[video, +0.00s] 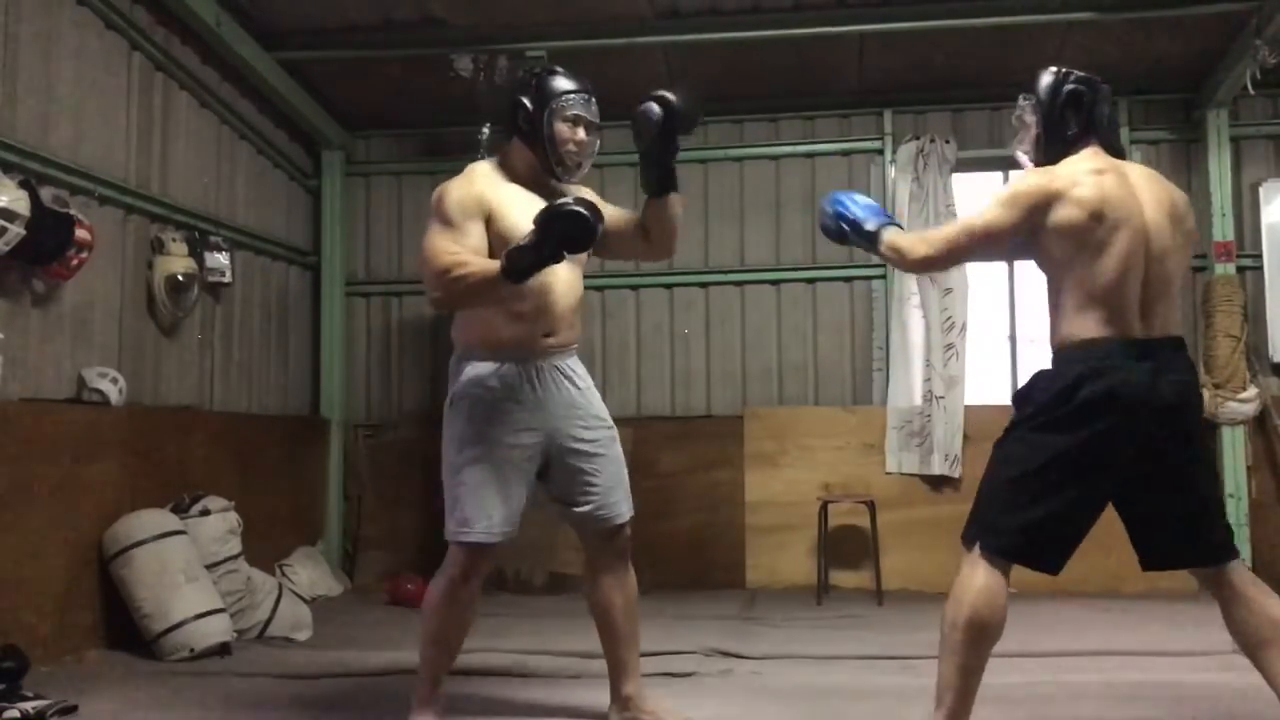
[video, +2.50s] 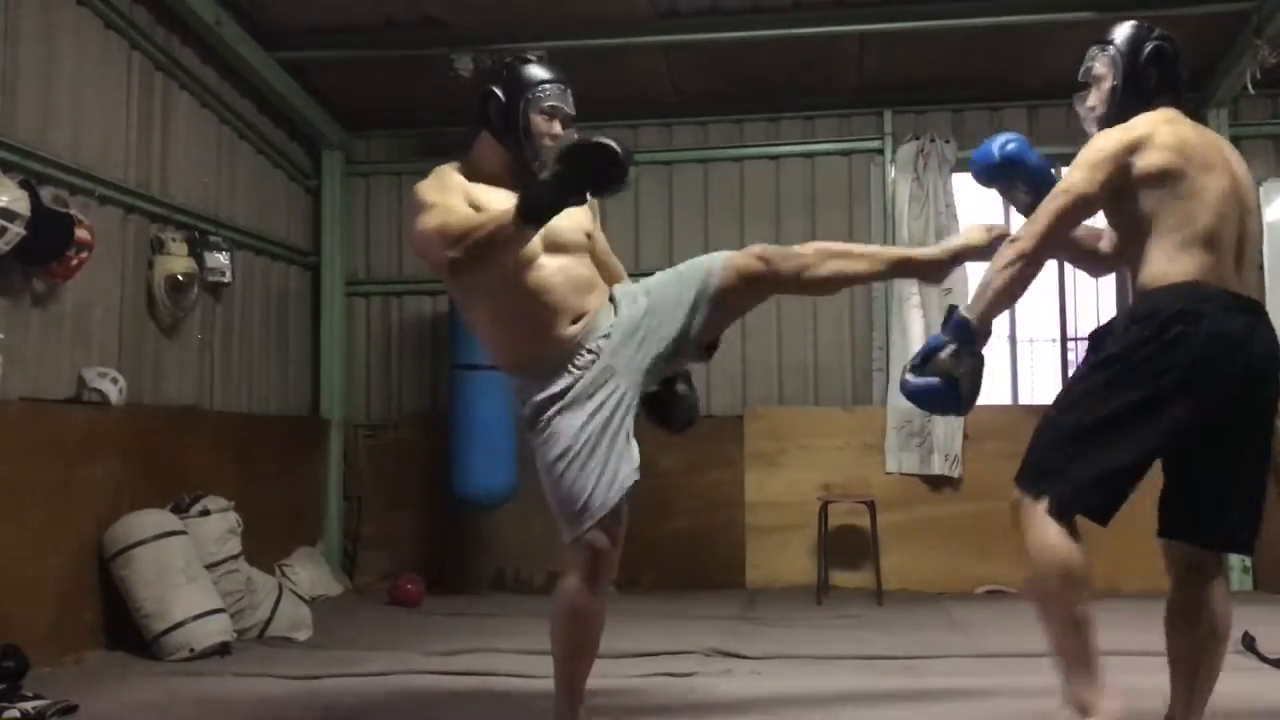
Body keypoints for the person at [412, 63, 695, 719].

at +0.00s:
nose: (584, 137)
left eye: (590, 126)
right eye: (570, 122)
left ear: (592, 133)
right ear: (528, 124)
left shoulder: (576, 203)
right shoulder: (467, 190)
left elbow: (656, 242)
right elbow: (444, 286)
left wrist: (658, 157)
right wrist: (532, 255)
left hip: (568, 380)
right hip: (490, 386)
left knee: (612, 536)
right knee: (471, 555)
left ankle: (629, 697)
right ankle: (426, 703)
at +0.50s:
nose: (599, 126)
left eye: (603, 114)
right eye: (586, 111)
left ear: (603, 123)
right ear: (543, 114)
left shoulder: (591, 196)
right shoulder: (490, 182)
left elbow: (670, 226)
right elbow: (455, 280)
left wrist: (663, 146)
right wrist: (542, 257)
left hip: (594, 378)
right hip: (521, 386)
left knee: (634, 532)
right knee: (494, 557)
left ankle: (646, 696)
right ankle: (430, 699)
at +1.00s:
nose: (592, 130)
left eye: (599, 119)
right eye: (581, 112)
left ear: (595, 130)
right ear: (536, 108)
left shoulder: (577, 206)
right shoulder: (468, 168)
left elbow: (638, 271)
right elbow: (437, 245)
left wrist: (677, 201)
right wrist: (537, 187)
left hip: (556, 381)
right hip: (471, 382)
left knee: (630, 517)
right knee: (465, 547)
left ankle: (600, 681)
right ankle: (394, 704)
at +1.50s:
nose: (590, 117)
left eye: (594, 105)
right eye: (577, 100)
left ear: (588, 115)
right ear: (528, 99)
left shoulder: (566, 202)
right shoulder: (462, 170)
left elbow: (629, 267)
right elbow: (424, 263)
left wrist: (673, 206)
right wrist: (512, 226)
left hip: (559, 374)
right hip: (478, 378)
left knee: (614, 536)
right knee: (457, 559)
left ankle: (640, 704)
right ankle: (400, 706)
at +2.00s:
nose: (599, 122)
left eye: (604, 110)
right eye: (586, 105)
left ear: (600, 119)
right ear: (539, 103)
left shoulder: (574, 202)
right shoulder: (474, 173)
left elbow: (636, 274)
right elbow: (436, 268)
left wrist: (678, 215)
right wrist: (527, 230)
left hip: (569, 385)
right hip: (490, 390)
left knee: (631, 533)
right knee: (460, 564)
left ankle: (641, 703)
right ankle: (401, 708)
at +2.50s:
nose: (560, 134)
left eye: (565, 122)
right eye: (548, 119)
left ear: (564, 130)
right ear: (502, 114)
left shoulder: (572, 200)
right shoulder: (447, 188)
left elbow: (624, 291)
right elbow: (439, 251)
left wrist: (663, 370)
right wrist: (541, 201)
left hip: (625, 318)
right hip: (566, 387)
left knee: (765, 263)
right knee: (592, 555)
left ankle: (929, 261)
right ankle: (567, 711)